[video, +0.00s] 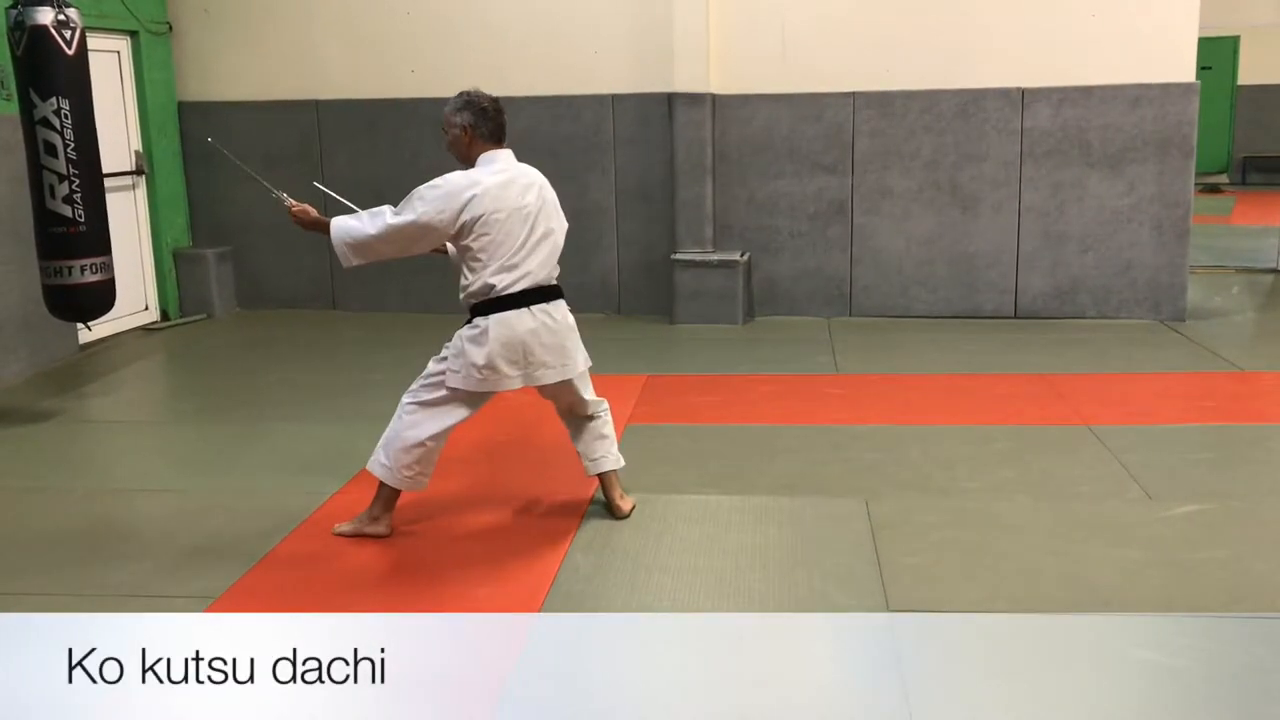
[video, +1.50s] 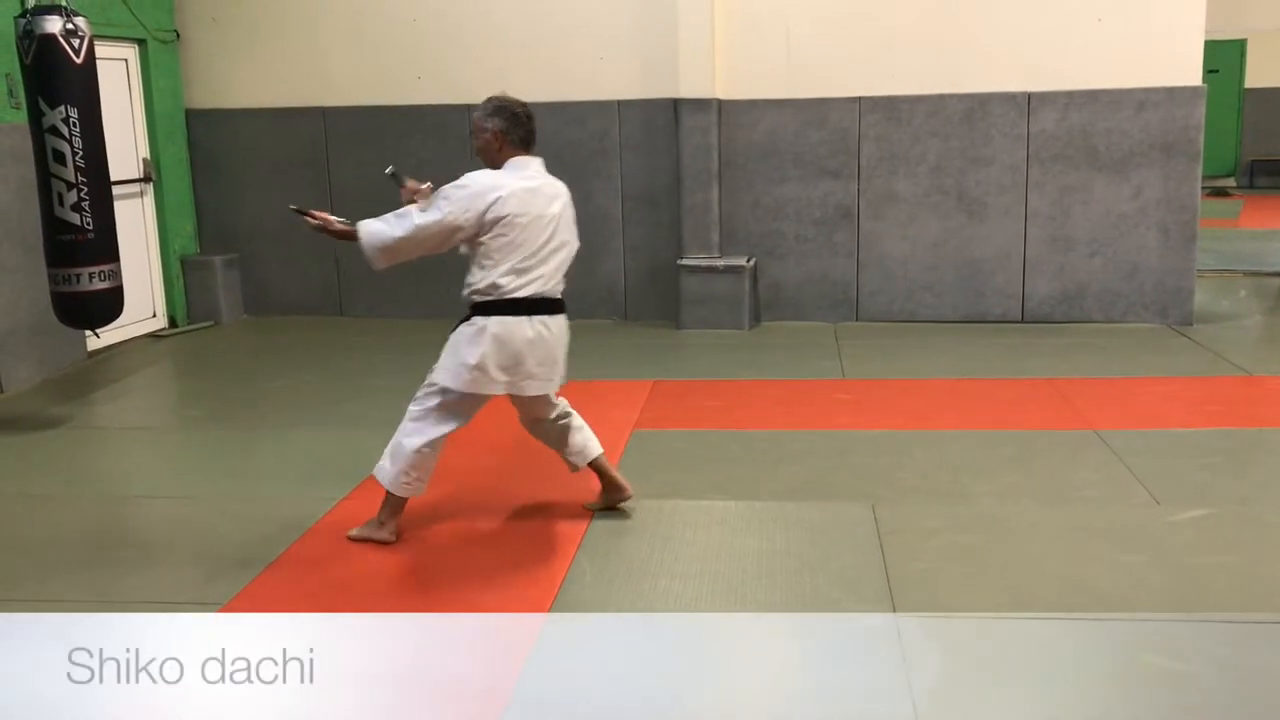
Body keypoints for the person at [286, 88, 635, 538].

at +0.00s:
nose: (446, 143)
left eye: (449, 132)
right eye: (445, 132)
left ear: (470, 132)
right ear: (493, 131)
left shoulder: (458, 190)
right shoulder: (537, 181)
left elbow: (391, 226)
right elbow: (528, 239)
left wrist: (322, 223)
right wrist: (451, 242)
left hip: (492, 332)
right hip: (553, 323)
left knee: (422, 406)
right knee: (584, 406)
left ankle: (379, 512)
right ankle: (617, 496)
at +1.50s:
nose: (474, 144)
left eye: (478, 134)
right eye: (474, 135)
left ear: (500, 135)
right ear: (523, 137)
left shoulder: (487, 188)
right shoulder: (558, 192)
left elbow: (426, 224)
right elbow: (495, 218)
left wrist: (352, 231)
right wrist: (435, 200)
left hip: (492, 329)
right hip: (548, 329)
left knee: (429, 414)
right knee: (543, 408)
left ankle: (387, 519)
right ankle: (613, 482)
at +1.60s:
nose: (503, 137)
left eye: (508, 128)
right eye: (502, 128)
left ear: (531, 127)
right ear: (545, 129)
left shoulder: (518, 179)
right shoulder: (586, 182)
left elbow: (459, 218)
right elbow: (516, 204)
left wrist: (385, 230)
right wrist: (466, 170)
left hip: (522, 318)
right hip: (576, 318)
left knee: (457, 407)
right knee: (561, 408)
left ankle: (399, 510)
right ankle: (617, 495)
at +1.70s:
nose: (522, 134)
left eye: (525, 125)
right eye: (520, 126)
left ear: (548, 125)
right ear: (566, 126)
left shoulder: (537, 176)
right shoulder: (604, 173)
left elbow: (478, 221)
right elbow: (541, 196)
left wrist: (411, 236)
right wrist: (505, 154)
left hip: (558, 319)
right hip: (608, 315)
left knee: (487, 402)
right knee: (585, 405)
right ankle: (616, 496)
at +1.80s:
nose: (531, 133)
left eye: (536, 123)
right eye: (530, 123)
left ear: (561, 124)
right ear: (580, 126)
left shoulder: (554, 176)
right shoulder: (617, 168)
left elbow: (499, 221)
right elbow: (564, 185)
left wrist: (433, 244)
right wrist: (531, 143)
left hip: (588, 320)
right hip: (634, 312)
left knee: (534, 413)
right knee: (602, 407)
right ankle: (618, 496)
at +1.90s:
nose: (541, 132)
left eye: (547, 122)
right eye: (541, 122)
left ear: (573, 124)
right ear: (587, 127)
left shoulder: (568, 177)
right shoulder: (629, 165)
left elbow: (512, 226)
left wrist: (453, 248)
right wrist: (554, 128)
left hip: (622, 320)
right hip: (656, 308)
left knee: (606, 436)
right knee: (612, 404)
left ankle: (696, 483)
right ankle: (621, 493)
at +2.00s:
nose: (558, 135)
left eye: (563, 127)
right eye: (559, 126)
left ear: (588, 129)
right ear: (603, 128)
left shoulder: (582, 182)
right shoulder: (647, 168)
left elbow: (529, 229)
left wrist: (474, 252)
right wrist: (575, 112)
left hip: (651, 316)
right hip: (658, 307)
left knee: (688, 426)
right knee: (614, 395)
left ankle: (790, 485)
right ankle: (619, 492)